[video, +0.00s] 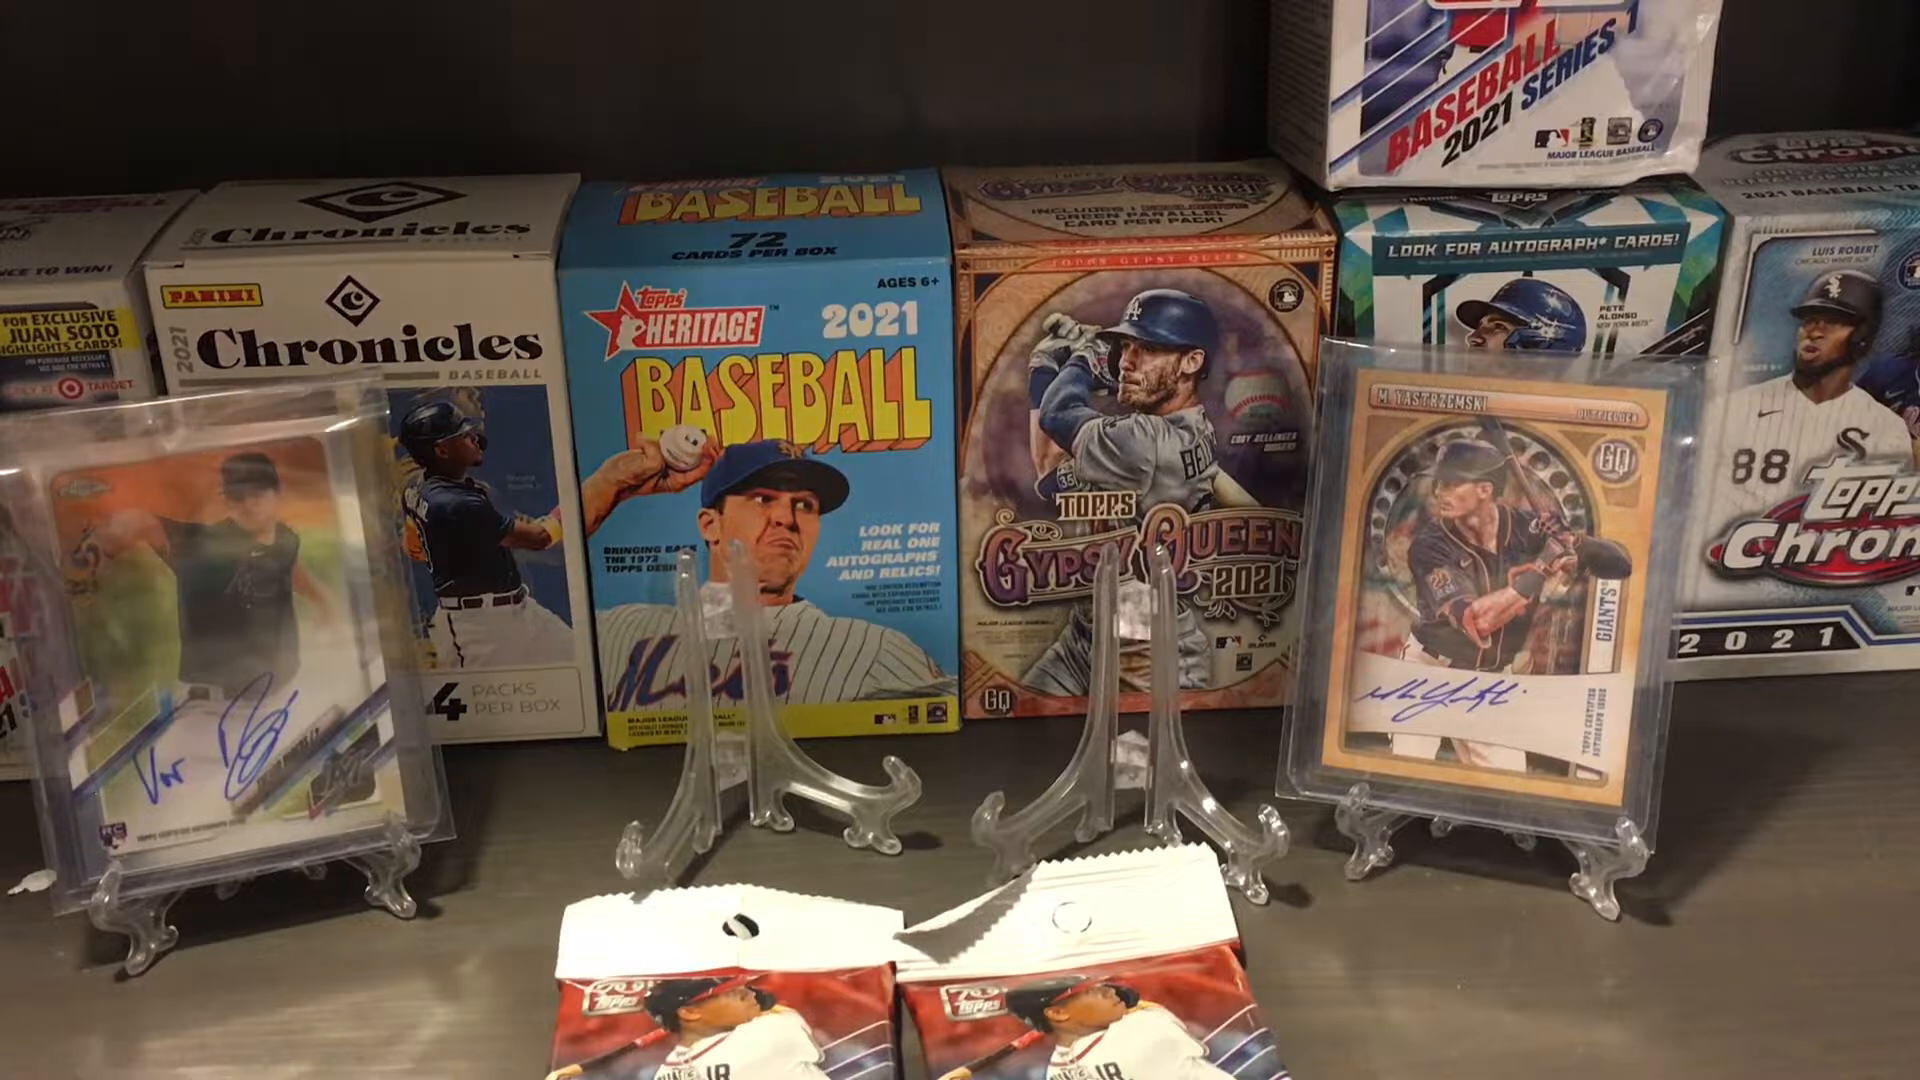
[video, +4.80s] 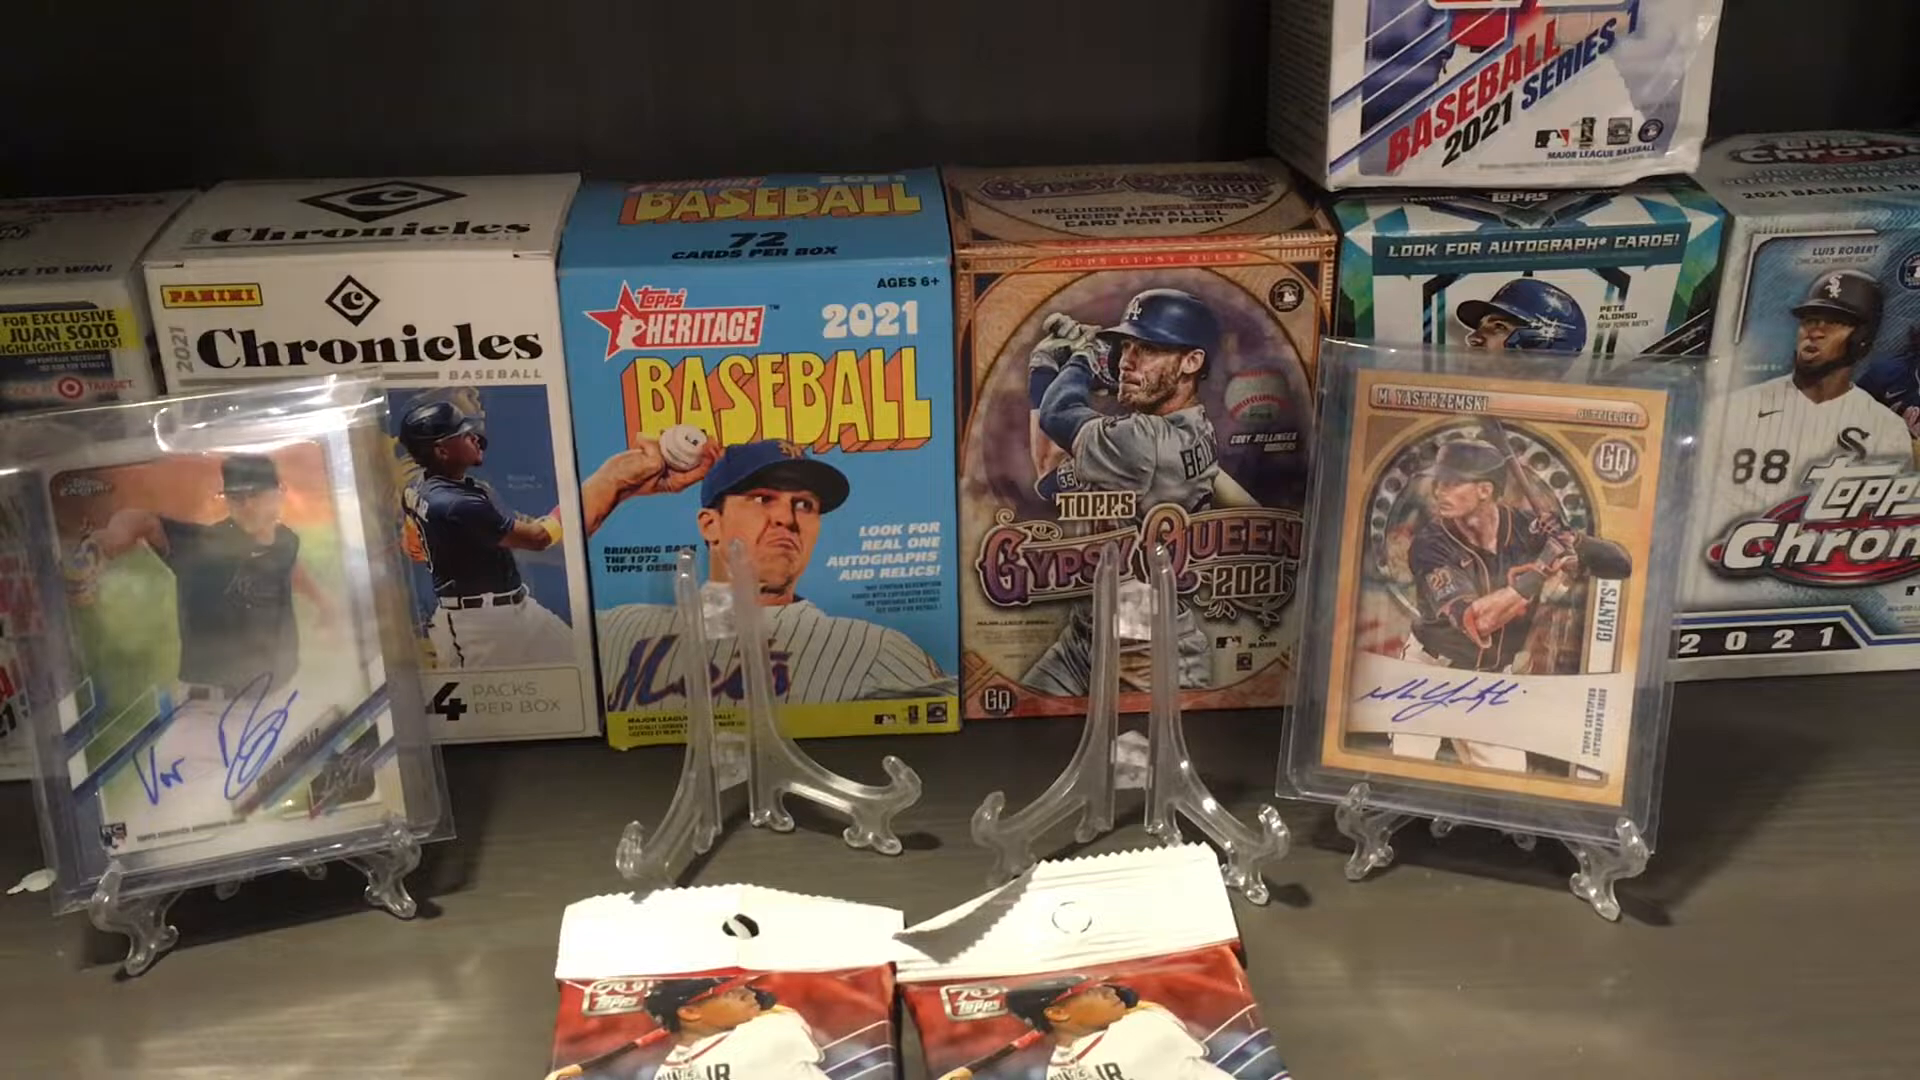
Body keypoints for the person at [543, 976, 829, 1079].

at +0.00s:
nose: (746, 993)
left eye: (737, 987)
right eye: (728, 993)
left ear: (689, 1015)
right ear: (691, 1015)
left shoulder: (665, 1072)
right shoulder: (780, 1033)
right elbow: (777, 1007)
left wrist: (578, 1072)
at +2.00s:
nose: (744, 992)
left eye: (735, 985)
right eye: (727, 992)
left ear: (690, 1014)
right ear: (692, 1014)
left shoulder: (665, 1071)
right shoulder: (777, 1033)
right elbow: (780, 1007)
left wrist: (579, 1071)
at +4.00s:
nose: (745, 993)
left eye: (735, 987)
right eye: (727, 993)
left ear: (689, 1015)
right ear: (691, 1015)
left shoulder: (666, 1071)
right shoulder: (778, 1033)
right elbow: (779, 1008)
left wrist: (578, 1071)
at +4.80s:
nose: (745, 992)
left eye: (736, 985)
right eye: (727, 993)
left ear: (690, 1015)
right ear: (692, 1015)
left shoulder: (666, 1070)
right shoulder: (779, 1033)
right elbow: (778, 1008)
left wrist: (578, 1072)